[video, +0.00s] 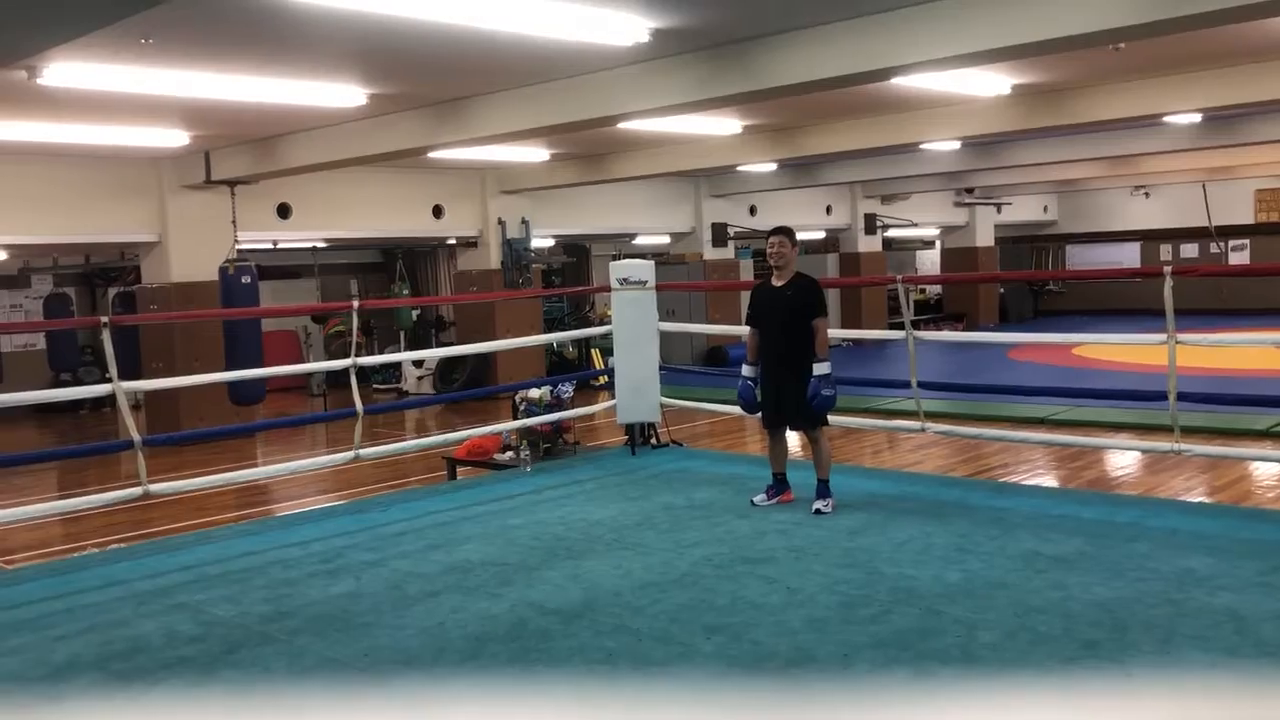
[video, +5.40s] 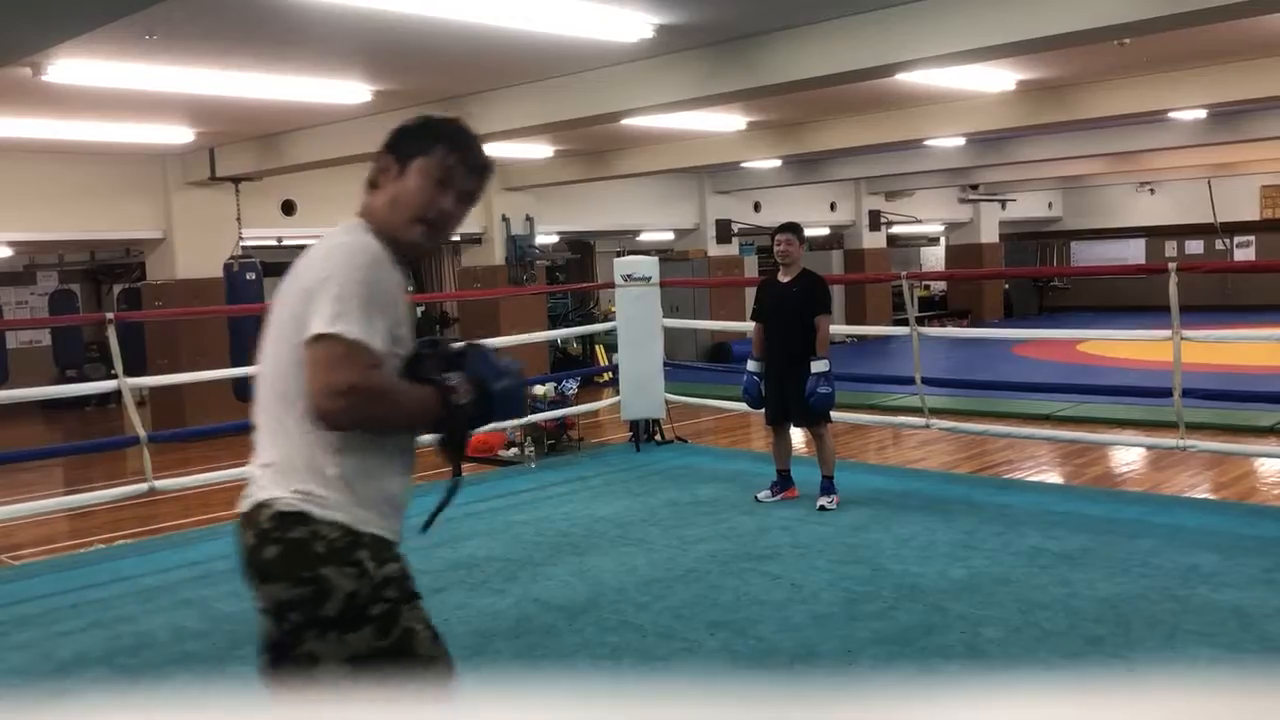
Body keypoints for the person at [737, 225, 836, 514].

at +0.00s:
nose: (775, 250)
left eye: (781, 245)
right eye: (771, 246)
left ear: (794, 250)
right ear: (766, 252)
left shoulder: (809, 286)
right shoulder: (760, 291)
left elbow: (821, 331)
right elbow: (753, 335)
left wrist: (823, 373)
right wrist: (748, 376)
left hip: (803, 373)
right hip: (771, 374)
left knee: (814, 432)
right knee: (774, 431)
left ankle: (823, 491)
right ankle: (779, 485)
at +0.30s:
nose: (777, 250)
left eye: (783, 245)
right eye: (772, 245)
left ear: (795, 249)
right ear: (767, 251)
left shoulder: (810, 284)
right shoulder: (761, 290)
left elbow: (820, 318)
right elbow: (754, 333)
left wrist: (810, 351)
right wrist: (750, 375)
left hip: (801, 367)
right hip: (770, 369)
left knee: (816, 431)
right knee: (775, 430)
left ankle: (825, 490)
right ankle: (781, 485)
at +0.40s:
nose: (778, 251)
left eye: (784, 246)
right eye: (774, 246)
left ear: (797, 251)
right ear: (768, 253)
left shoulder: (810, 285)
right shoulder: (762, 291)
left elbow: (817, 321)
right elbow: (755, 336)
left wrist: (799, 329)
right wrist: (750, 377)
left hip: (804, 370)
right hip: (772, 371)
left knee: (817, 430)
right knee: (776, 429)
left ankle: (825, 491)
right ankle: (781, 485)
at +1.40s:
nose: (775, 249)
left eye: (781, 244)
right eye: (771, 244)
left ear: (794, 248)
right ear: (766, 251)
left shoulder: (807, 284)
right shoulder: (762, 289)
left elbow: (817, 328)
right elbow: (758, 332)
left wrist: (822, 367)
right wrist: (753, 372)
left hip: (803, 370)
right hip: (773, 371)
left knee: (815, 429)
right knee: (776, 428)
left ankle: (825, 487)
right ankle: (781, 482)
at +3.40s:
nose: (774, 252)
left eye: (780, 246)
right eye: (770, 247)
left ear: (794, 249)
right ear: (766, 251)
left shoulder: (808, 285)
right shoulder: (761, 288)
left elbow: (816, 330)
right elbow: (754, 333)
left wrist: (815, 372)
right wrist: (748, 374)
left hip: (801, 371)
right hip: (770, 371)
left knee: (813, 431)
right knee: (774, 429)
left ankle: (824, 490)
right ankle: (780, 484)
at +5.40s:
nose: (781, 248)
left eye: (788, 243)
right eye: (778, 243)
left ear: (801, 248)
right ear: (773, 248)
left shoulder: (815, 284)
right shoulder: (766, 285)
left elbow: (823, 329)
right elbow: (759, 329)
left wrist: (821, 370)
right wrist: (753, 370)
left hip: (806, 370)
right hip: (774, 369)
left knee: (818, 429)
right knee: (778, 426)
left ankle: (827, 487)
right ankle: (783, 482)